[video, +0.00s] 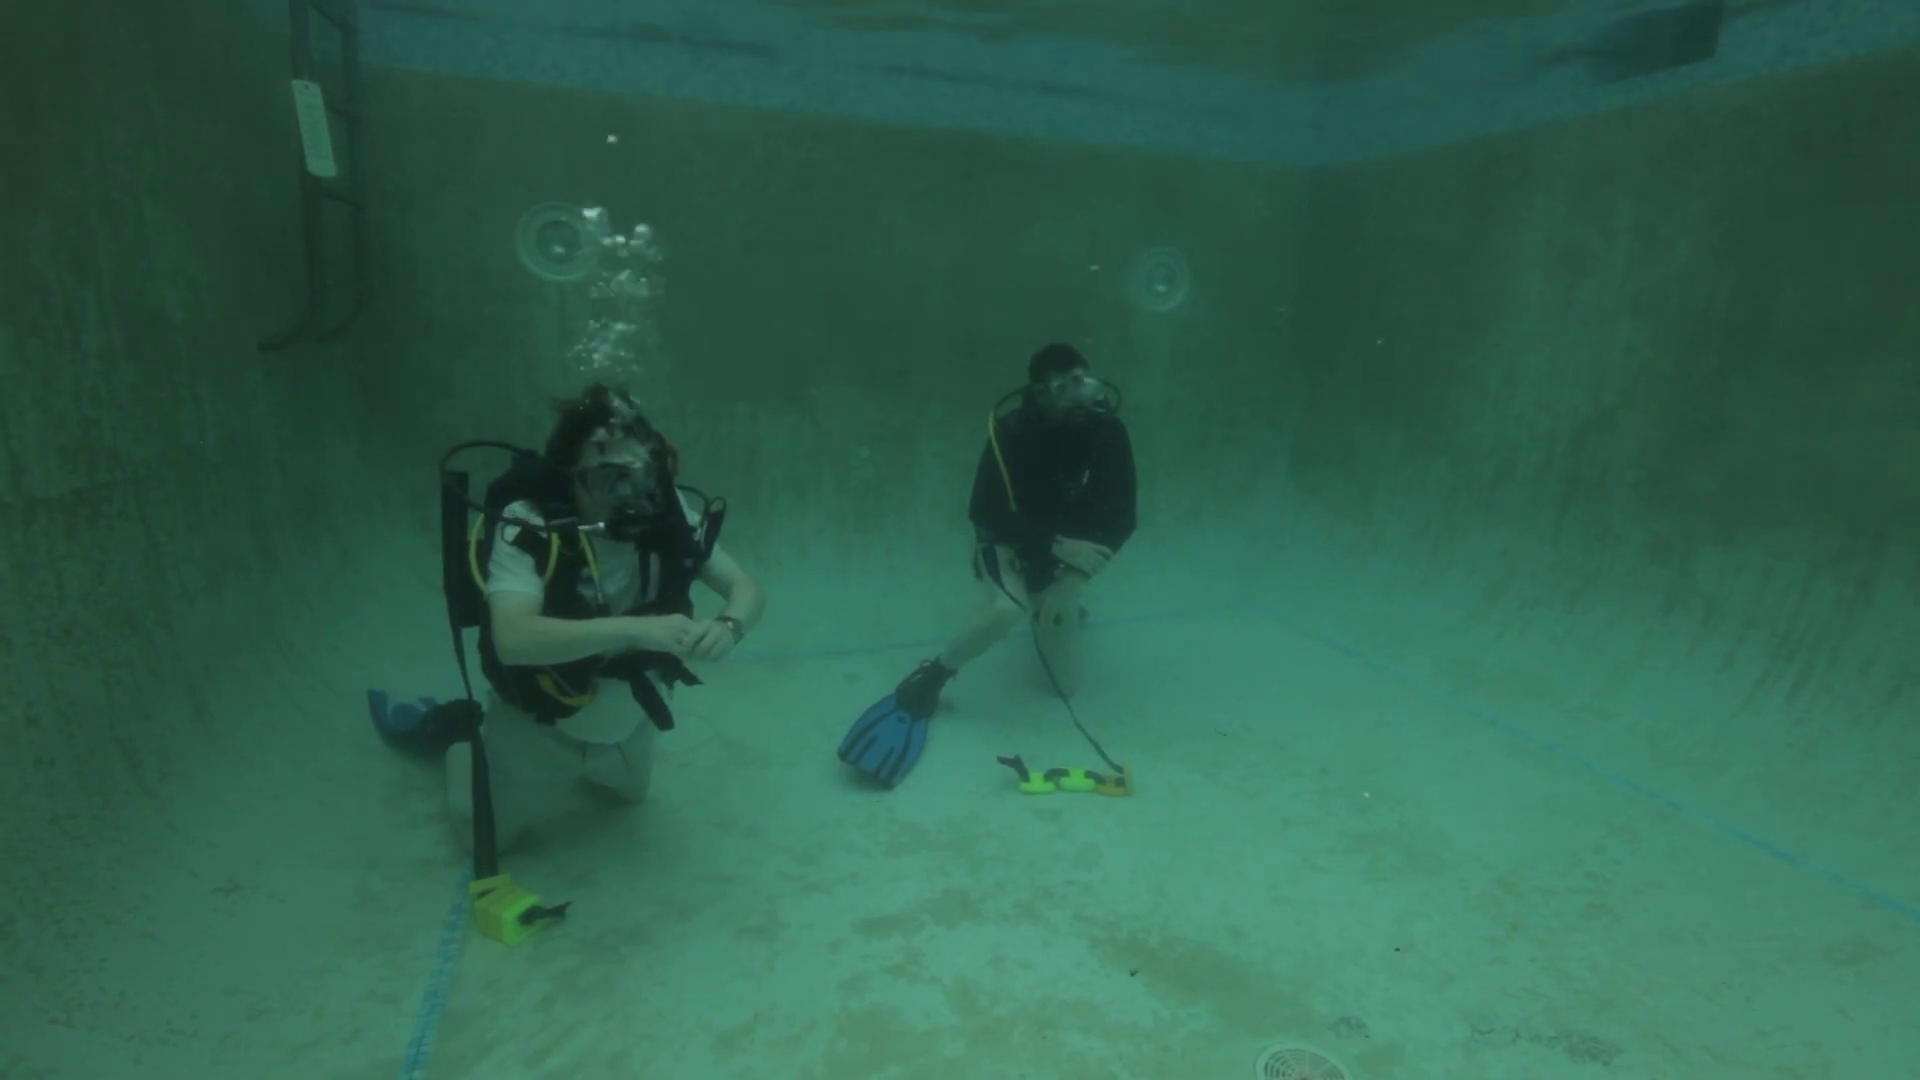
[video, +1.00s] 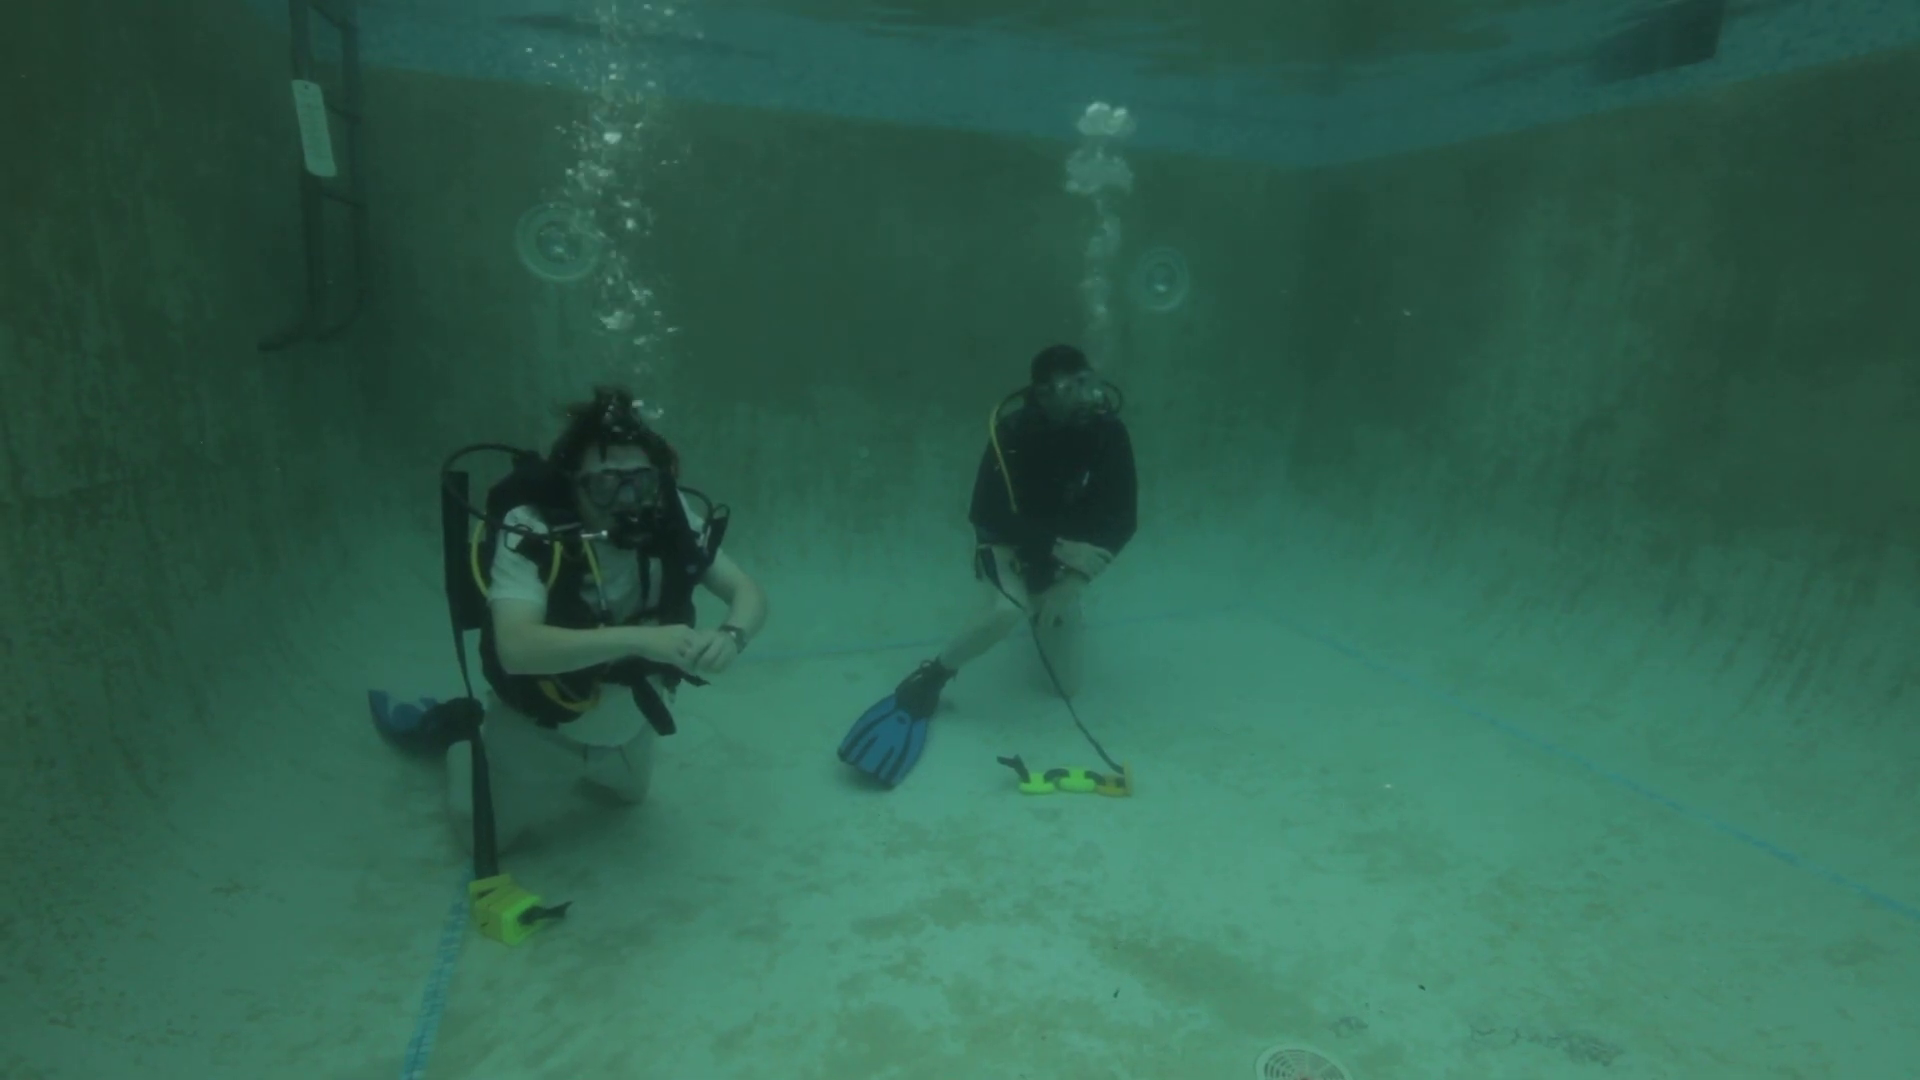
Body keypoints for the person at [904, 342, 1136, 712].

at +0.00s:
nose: (1080, 393)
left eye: (1082, 381)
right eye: (1066, 385)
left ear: (1090, 380)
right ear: (1041, 393)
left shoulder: (1107, 431)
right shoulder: (1012, 430)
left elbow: (1121, 517)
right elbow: (986, 510)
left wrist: (1073, 581)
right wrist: (1050, 545)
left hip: (1072, 549)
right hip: (1011, 541)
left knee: (1066, 682)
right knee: (1008, 609)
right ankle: (933, 675)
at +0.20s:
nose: (1088, 394)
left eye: (1089, 383)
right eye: (1075, 384)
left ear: (1093, 385)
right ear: (1048, 389)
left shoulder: (1107, 432)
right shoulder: (1012, 429)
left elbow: (1120, 518)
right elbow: (988, 514)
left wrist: (1071, 582)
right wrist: (1058, 544)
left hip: (1067, 551)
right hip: (1009, 542)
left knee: (1067, 681)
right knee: (1009, 610)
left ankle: (1060, 606)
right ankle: (931, 678)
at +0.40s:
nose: (1085, 395)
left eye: (1086, 383)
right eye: (1071, 387)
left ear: (1093, 382)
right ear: (1044, 394)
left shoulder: (1107, 430)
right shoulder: (1014, 430)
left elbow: (1121, 518)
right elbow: (988, 513)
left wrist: (1071, 584)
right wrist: (1058, 545)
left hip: (1067, 552)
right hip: (1009, 542)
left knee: (1069, 681)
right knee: (1009, 610)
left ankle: (1057, 606)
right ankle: (931, 678)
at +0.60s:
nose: (1087, 394)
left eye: (1088, 382)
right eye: (1073, 386)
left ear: (1095, 381)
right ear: (1046, 394)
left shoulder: (1108, 430)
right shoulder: (1015, 428)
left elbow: (1121, 518)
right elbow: (989, 513)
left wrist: (1071, 585)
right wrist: (1059, 545)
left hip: (1067, 551)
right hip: (1010, 541)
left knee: (1068, 681)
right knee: (1010, 609)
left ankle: (1054, 607)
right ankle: (930, 679)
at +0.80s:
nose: (1084, 392)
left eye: (1084, 380)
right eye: (1070, 385)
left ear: (1092, 380)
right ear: (1044, 394)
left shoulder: (1108, 431)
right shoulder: (1015, 429)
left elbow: (1121, 518)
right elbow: (989, 513)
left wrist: (1071, 583)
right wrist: (1059, 546)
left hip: (1068, 551)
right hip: (1011, 543)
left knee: (1069, 680)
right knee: (1010, 609)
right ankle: (932, 677)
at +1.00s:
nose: (1085, 393)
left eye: (1086, 381)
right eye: (1072, 386)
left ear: (1092, 381)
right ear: (1044, 393)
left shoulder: (1107, 428)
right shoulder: (1016, 426)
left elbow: (1121, 518)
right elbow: (990, 512)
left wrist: (1070, 584)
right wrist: (1058, 546)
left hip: (1066, 550)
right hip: (1008, 541)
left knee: (1068, 680)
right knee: (1009, 611)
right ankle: (931, 678)